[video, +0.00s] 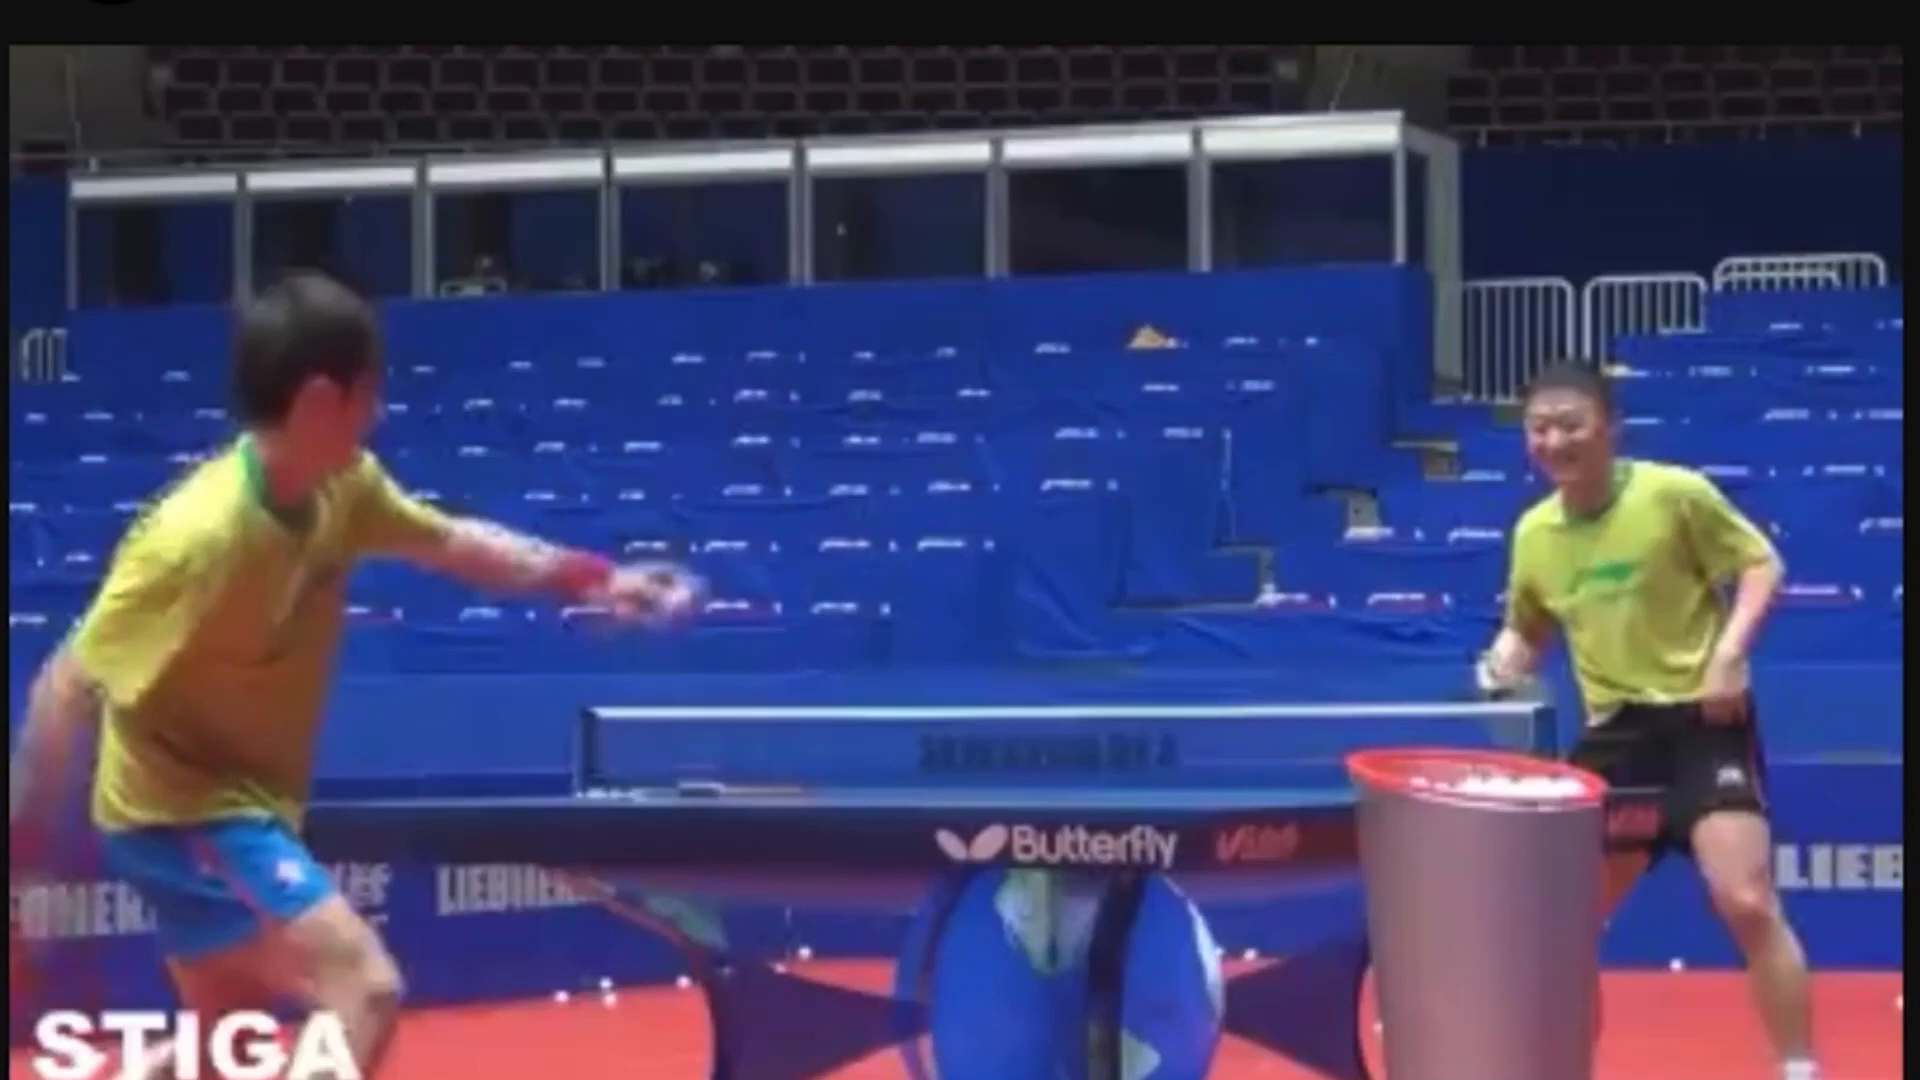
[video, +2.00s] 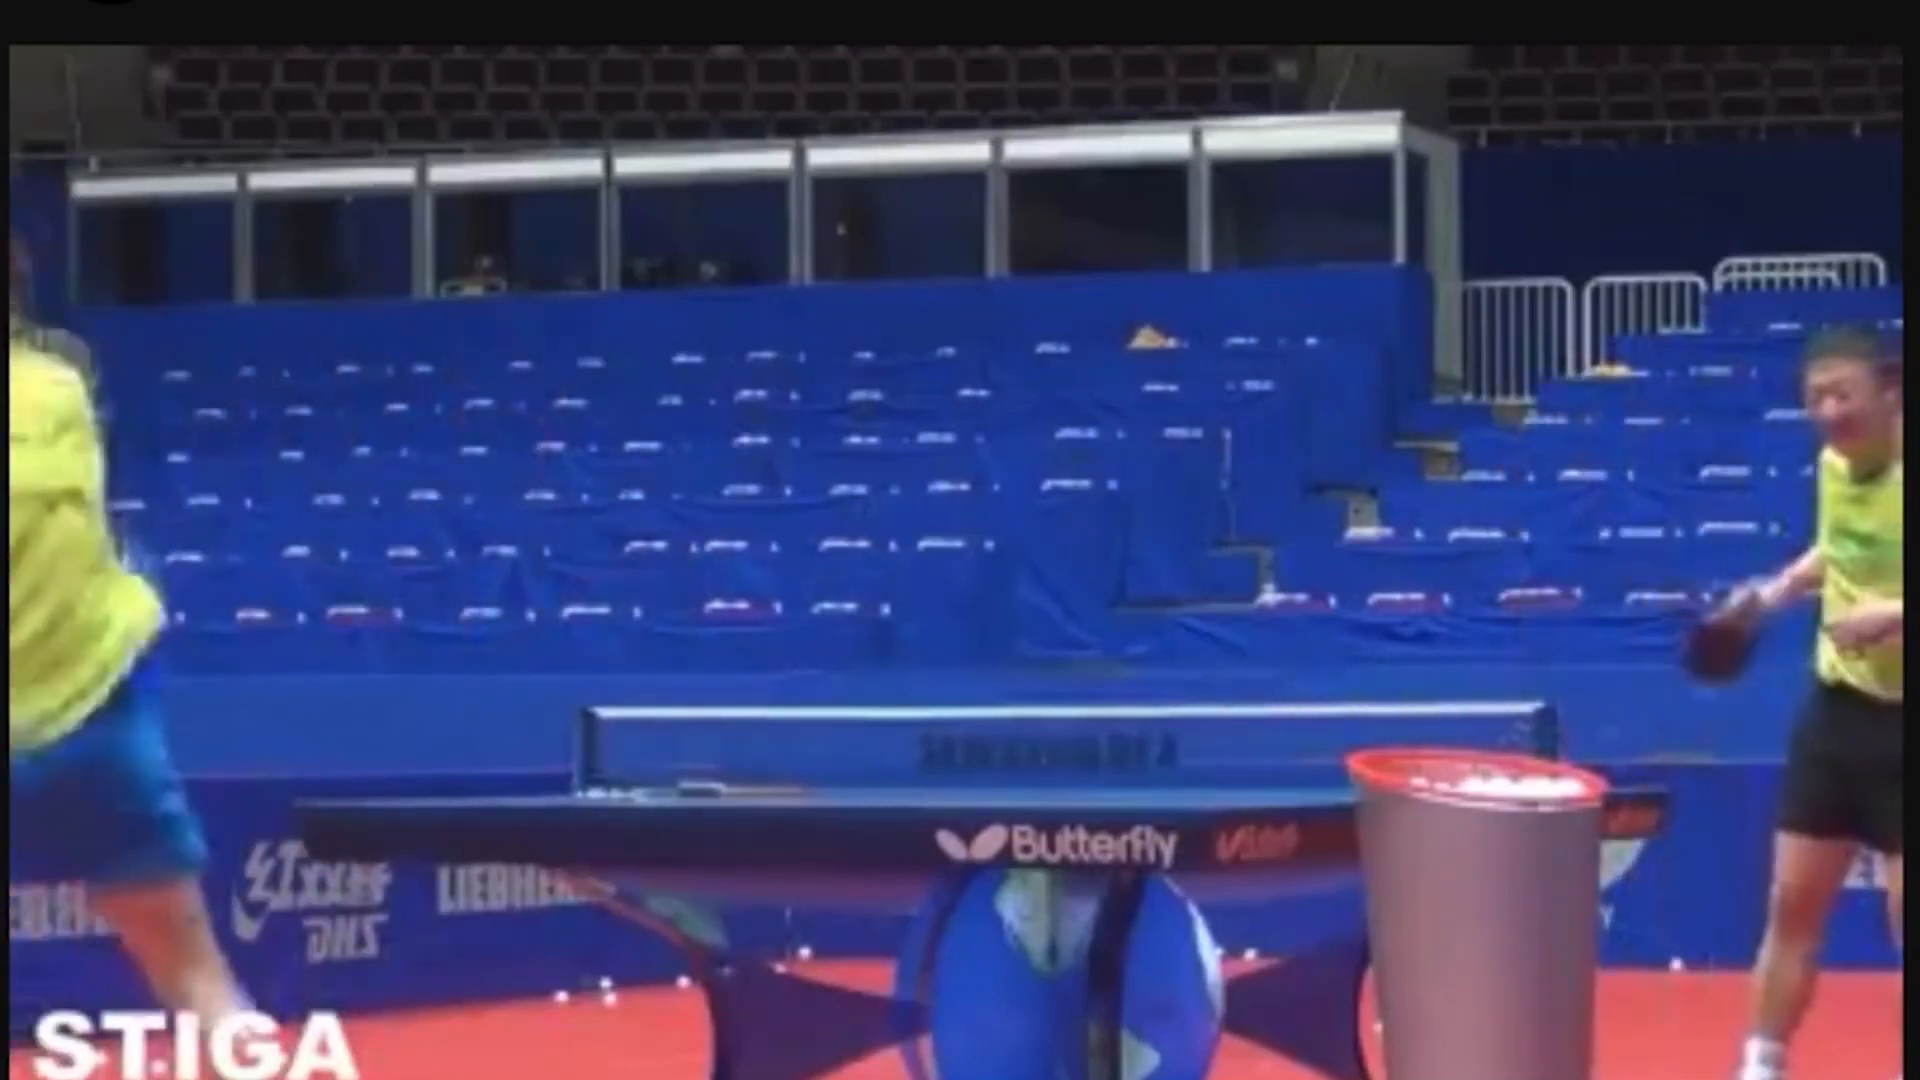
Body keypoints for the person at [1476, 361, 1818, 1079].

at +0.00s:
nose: (1555, 442)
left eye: (1571, 425)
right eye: (1541, 428)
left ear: (1608, 429)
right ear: (1527, 440)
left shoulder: (1674, 496)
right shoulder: (1534, 532)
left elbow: (1762, 566)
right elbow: (1526, 629)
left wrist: (1728, 656)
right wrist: (1506, 659)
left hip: (1703, 722)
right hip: (1614, 734)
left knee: (1745, 903)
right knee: (1557, 912)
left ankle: (1798, 1067)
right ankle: (1542, 1066)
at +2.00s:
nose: (1829, 413)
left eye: (1842, 395)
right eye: (1817, 399)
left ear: (1888, 393)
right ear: (1808, 404)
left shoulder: (1901, 473)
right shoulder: (1831, 461)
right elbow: (1837, 550)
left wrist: (1891, 615)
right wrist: (1766, 596)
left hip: (1900, 709)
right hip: (1839, 698)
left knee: (1899, 904)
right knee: (1793, 896)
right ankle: (1762, 1058)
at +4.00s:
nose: (1546, 485)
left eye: (1560, 467)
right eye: (1531, 471)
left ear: (1598, 466)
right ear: (1521, 479)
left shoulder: (1662, 530)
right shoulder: (1533, 556)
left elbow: (1765, 587)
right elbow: (1537, 645)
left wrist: (1697, 674)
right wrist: (1517, 681)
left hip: (1721, 735)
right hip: (1629, 749)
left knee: (1764, 906)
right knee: (1572, 924)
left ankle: (1834, 1065)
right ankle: (1583, 1068)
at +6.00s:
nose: (1476, 475)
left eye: (1484, 457)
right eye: (1475, 460)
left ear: (1522, 456)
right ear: (1510, 462)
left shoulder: (1590, 509)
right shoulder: (1530, 538)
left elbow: (1653, 585)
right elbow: (1550, 635)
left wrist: (1566, 638)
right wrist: (1486, 694)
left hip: (1661, 702)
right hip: (1599, 713)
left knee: (1705, 857)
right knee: (1555, 856)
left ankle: (1772, 1013)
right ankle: (1574, 1018)